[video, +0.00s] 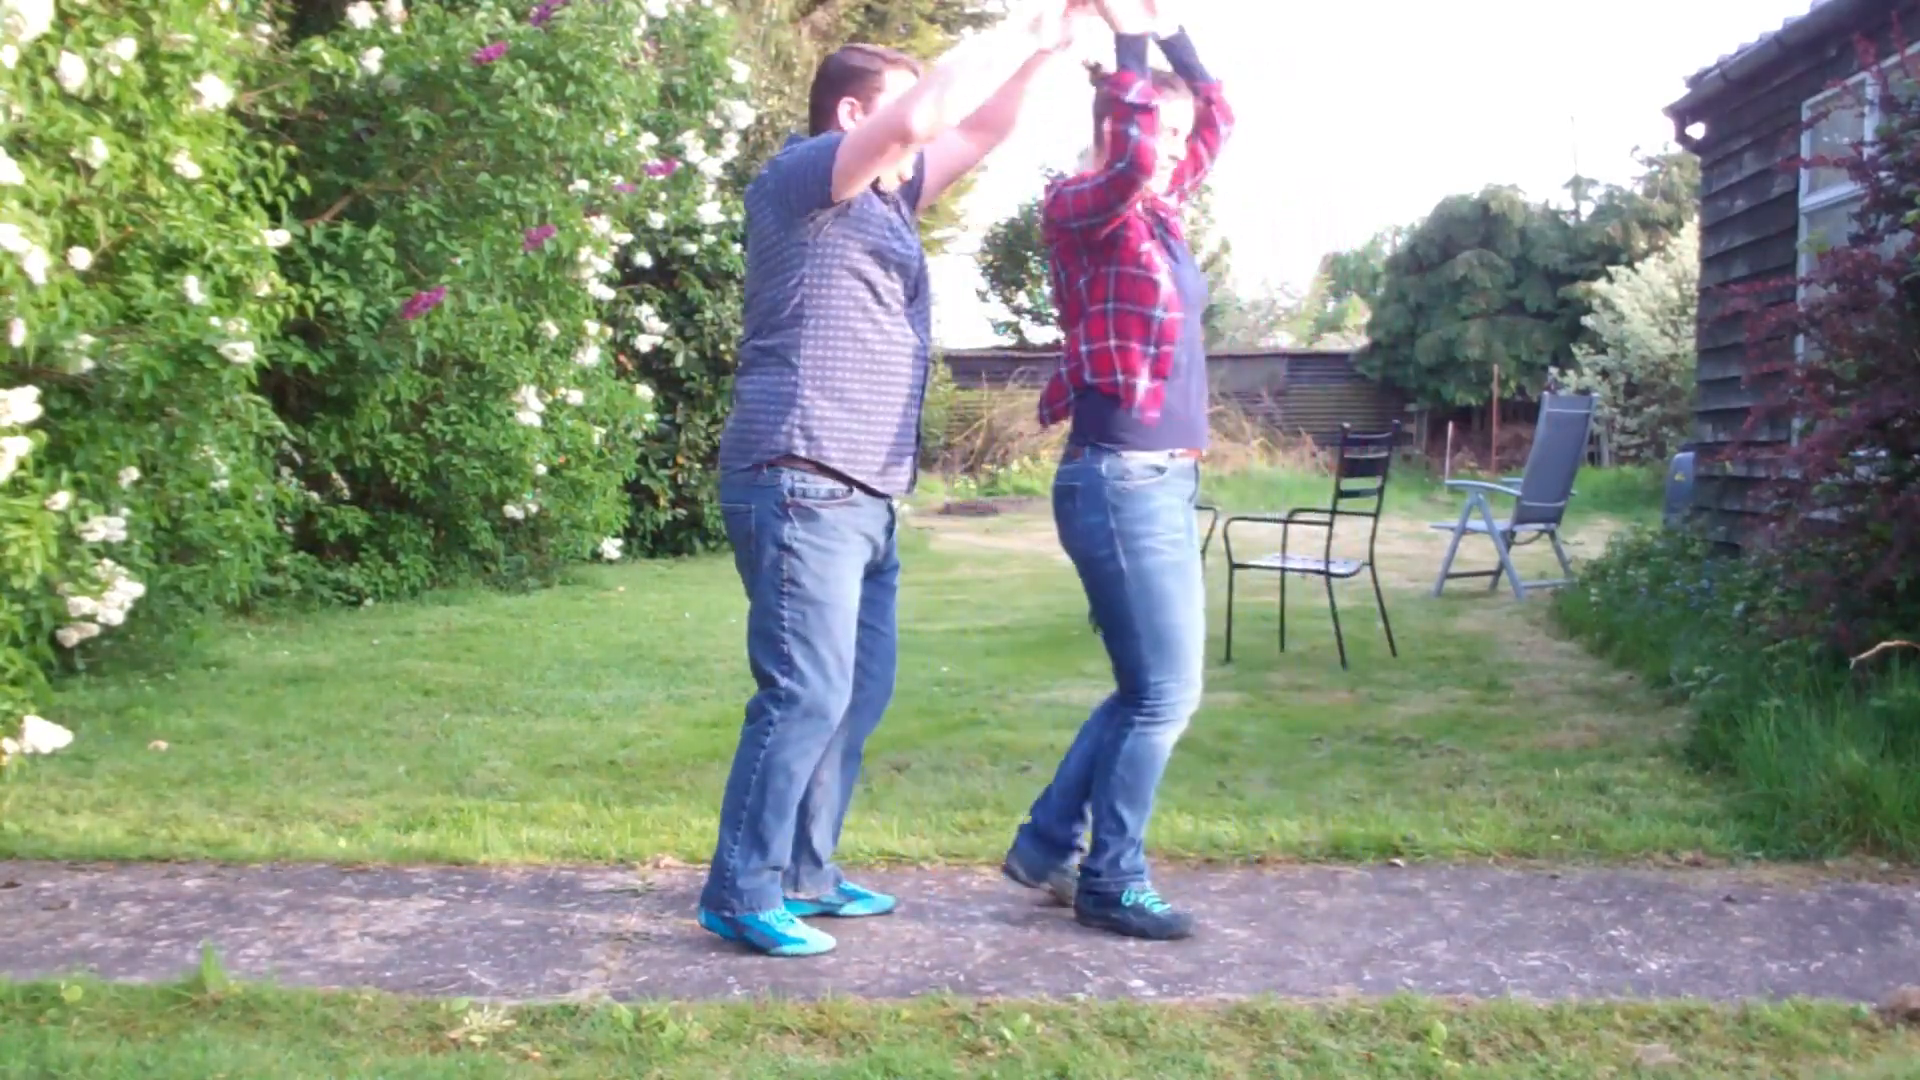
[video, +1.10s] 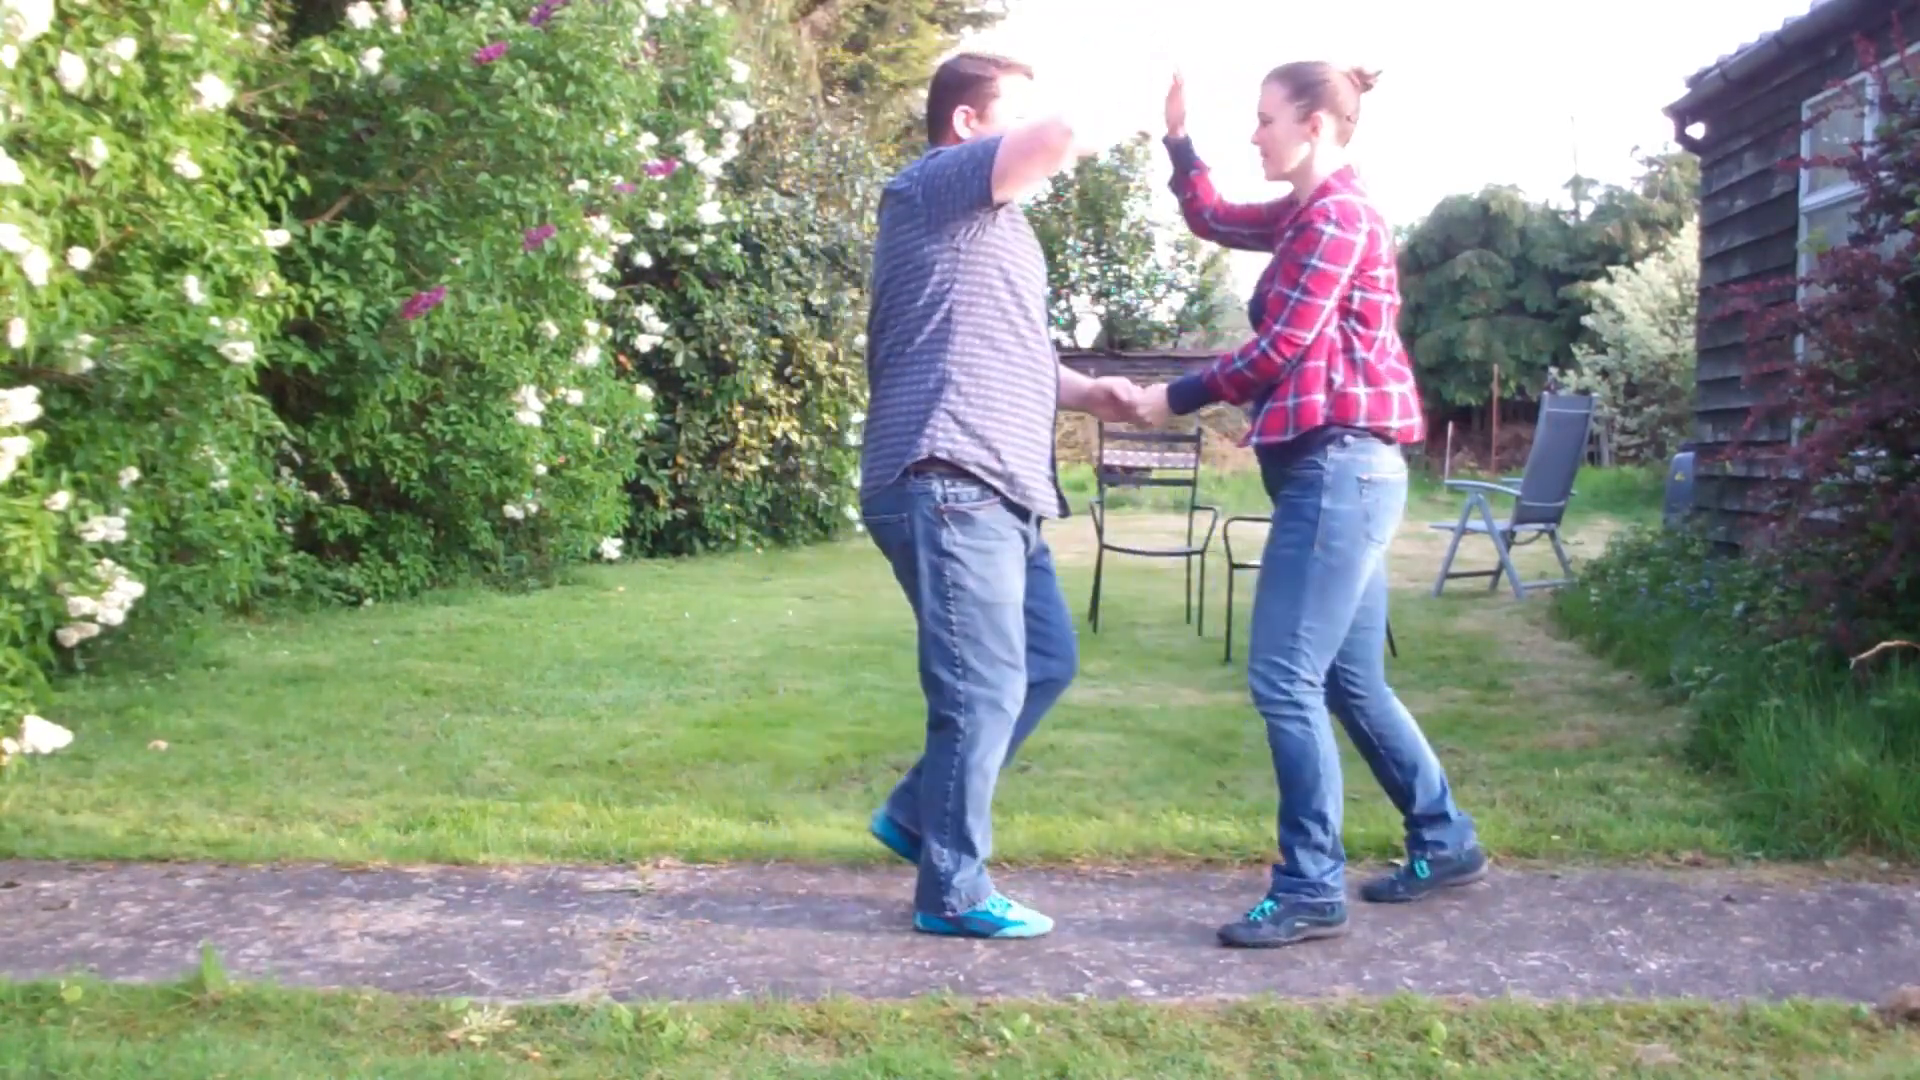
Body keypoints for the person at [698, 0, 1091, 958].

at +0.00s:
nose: (911, 121)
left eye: (915, 106)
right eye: (895, 105)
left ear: (899, 123)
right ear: (839, 110)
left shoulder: (889, 197)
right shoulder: (792, 182)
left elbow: (983, 131)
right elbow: (910, 119)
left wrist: (1050, 47)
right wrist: (1015, 36)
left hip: (867, 498)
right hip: (798, 486)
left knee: (857, 694)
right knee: (804, 693)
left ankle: (807, 871)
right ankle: (739, 893)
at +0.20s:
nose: (919, 130)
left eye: (921, 115)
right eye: (907, 114)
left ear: (874, 122)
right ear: (852, 117)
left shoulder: (892, 186)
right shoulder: (793, 192)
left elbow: (982, 129)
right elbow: (843, 250)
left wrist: (1046, 33)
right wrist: (965, 192)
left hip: (863, 481)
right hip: (800, 478)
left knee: (819, 675)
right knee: (852, 668)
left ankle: (797, 863)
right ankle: (762, 870)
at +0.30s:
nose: (923, 134)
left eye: (924, 119)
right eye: (911, 118)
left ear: (873, 124)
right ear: (855, 121)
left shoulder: (891, 189)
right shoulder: (800, 206)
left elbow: (985, 144)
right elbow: (830, 321)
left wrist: (1031, 64)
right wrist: (953, 326)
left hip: (858, 474)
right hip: (801, 471)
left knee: (806, 668)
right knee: (877, 659)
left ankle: (787, 857)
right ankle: (790, 864)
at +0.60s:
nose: (946, 142)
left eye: (944, 124)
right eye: (934, 123)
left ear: (885, 125)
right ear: (881, 123)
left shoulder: (899, 201)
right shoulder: (848, 207)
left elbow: (1004, 238)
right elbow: (921, 352)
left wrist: (1047, 205)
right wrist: (974, 345)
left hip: (854, 475)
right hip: (824, 474)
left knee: (809, 682)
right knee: (880, 676)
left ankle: (787, 877)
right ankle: (923, 881)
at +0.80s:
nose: (972, 144)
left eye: (972, 128)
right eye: (961, 126)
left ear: (908, 124)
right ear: (910, 121)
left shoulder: (911, 205)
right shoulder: (879, 191)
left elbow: (996, 292)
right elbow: (1013, 250)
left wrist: (1069, 300)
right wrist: (1024, 191)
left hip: (877, 478)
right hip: (872, 478)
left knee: (844, 686)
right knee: (918, 682)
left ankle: (794, 873)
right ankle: (943, 887)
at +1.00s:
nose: (1014, 125)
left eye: (1012, 110)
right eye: (999, 108)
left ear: (956, 120)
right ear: (948, 117)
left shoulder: (978, 220)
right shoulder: (911, 183)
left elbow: (1003, 350)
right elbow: (1044, 162)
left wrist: (1092, 365)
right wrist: (1111, 120)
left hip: (971, 478)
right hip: (921, 471)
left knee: (979, 673)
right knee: (958, 680)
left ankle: (847, 822)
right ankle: (951, 889)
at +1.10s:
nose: (1039, 118)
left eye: (1035, 102)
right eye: (1022, 103)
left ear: (976, 119)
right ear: (969, 118)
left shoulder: (1003, 227)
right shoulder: (926, 187)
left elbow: (1012, 361)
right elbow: (1056, 137)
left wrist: (1097, 389)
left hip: (1003, 489)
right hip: (945, 477)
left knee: (1045, 662)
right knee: (977, 688)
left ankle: (916, 810)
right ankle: (952, 889)